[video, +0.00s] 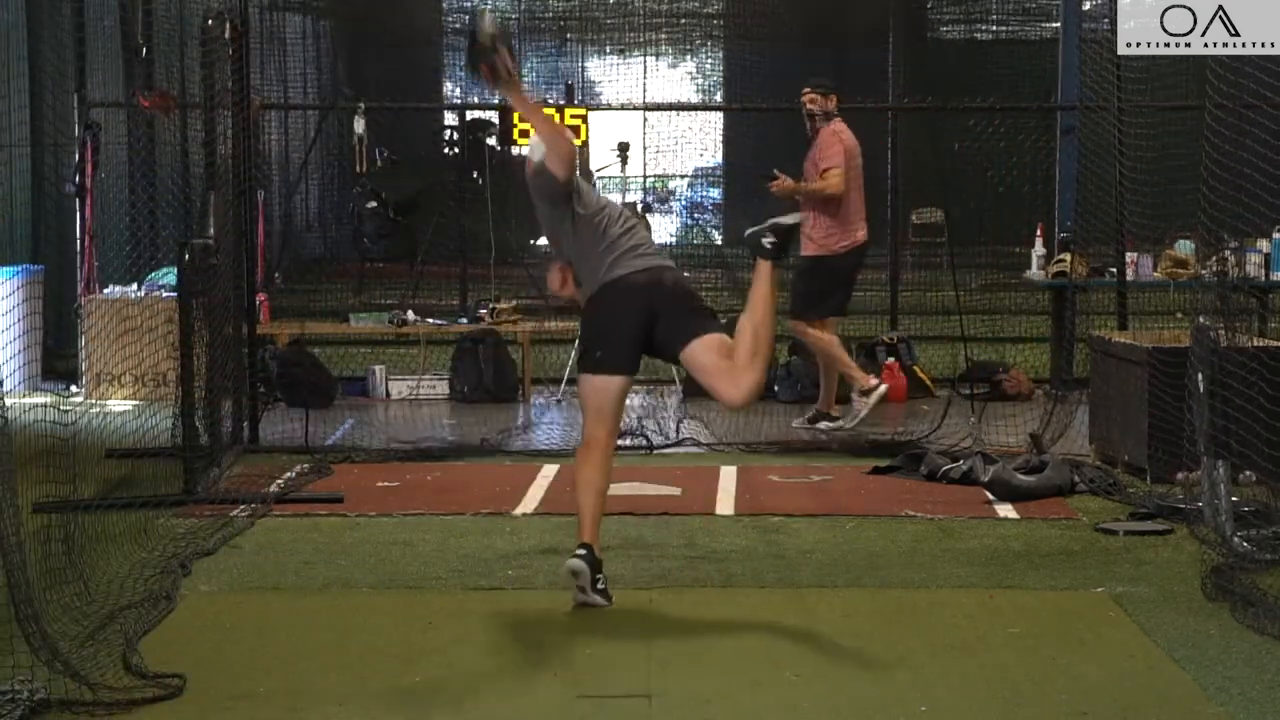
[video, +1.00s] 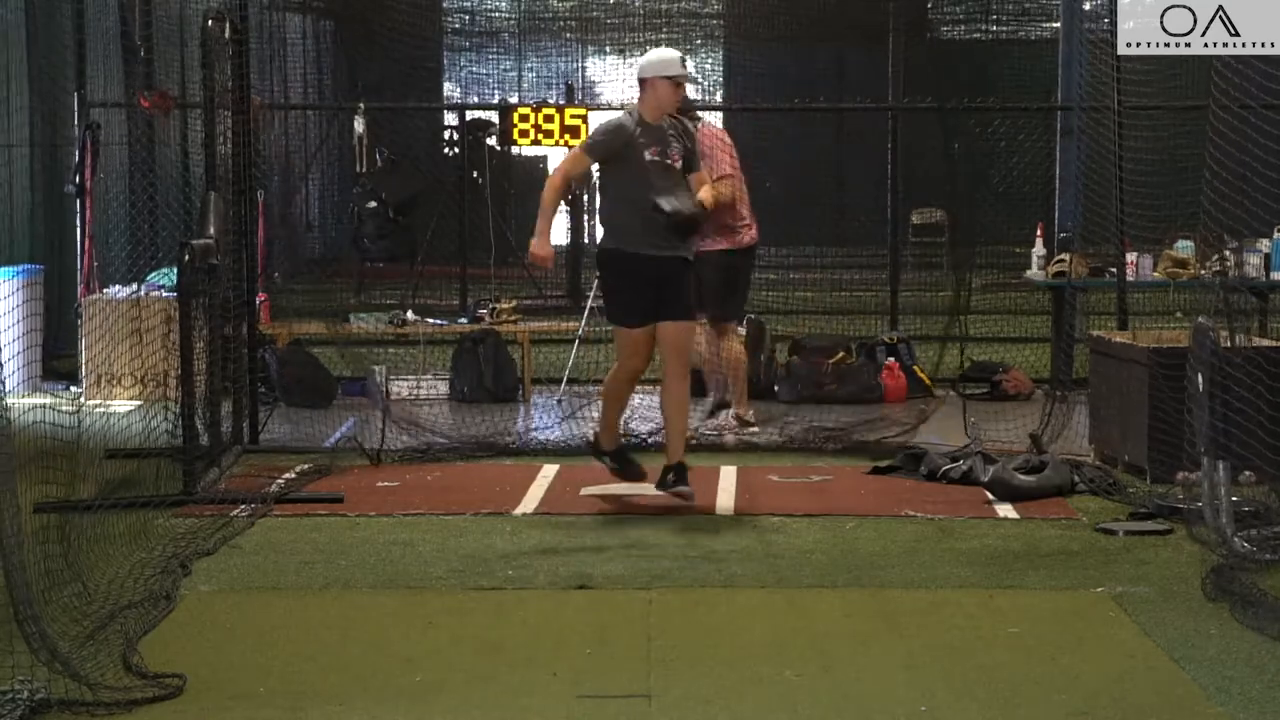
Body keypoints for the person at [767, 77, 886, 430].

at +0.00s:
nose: (809, 106)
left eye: (815, 100)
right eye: (805, 101)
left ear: (833, 103)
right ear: (804, 106)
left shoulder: (831, 136)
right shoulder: (834, 134)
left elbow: (834, 187)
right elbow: (828, 187)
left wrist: (795, 188)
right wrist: (796, 187)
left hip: (828, 247)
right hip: (841, 245)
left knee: (800, 323)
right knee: (824, 326)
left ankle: (865, 384)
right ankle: (825, 408)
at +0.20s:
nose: (803, 97)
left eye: (810, 92)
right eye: (801, 93)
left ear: (827, 100)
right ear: (800, 101)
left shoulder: (823, 128)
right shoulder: (811, 131)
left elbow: (817, 180)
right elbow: (802, 188)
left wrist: (780, 172)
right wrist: (778, 177)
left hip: (803, 239)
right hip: (814, 239)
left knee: (774, 316)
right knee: (811, 319)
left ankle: (823, 395)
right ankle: (822, 400)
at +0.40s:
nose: (776, 105)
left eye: (783, 99)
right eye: (774, 99)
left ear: (801, 104)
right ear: (775, 104)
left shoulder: (802, 134)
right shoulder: (798, 134)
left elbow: (802, 187)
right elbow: (792, 185)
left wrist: (763, 179)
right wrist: (762, 180)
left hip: (785, 245)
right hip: (810, 245)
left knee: (753, 322)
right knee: (808, 323)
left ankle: (784, 406)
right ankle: (824, 409)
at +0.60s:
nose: (739, 117)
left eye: (743, 110)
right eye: (738, 111)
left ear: (759, 110)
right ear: (764, 110)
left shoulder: (776, 140)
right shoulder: (777, 138)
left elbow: (787, 193)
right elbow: (775, 191)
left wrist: (741, 190)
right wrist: (738, 184)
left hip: (773, 247)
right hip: (792, 246)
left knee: (736, 321)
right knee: (799, 326)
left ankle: (742, 413)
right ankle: (821, 408)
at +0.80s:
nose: (707, 126)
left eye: (710, 119)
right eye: (705, 119)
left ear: (716, 117)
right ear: (728, 112)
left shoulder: (742, 141)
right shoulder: (741, 139)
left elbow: (763, 196)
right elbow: (750, 192)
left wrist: (715, 198)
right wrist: (715, 195)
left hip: (748, 246)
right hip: (758, 245)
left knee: (726, 325)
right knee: (752, 324)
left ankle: (740, 412)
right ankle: (802, 394)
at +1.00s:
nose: (663, 129)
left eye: (664, 121)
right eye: (662, 121)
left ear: (675, 116)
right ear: (687, 109)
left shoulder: (707, 134)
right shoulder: (683, 140)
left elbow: (726, 191)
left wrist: (683, 205)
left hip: (729, 244)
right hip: (704, 244)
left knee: (724, 328)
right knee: (700, 324)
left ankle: (742, 412)